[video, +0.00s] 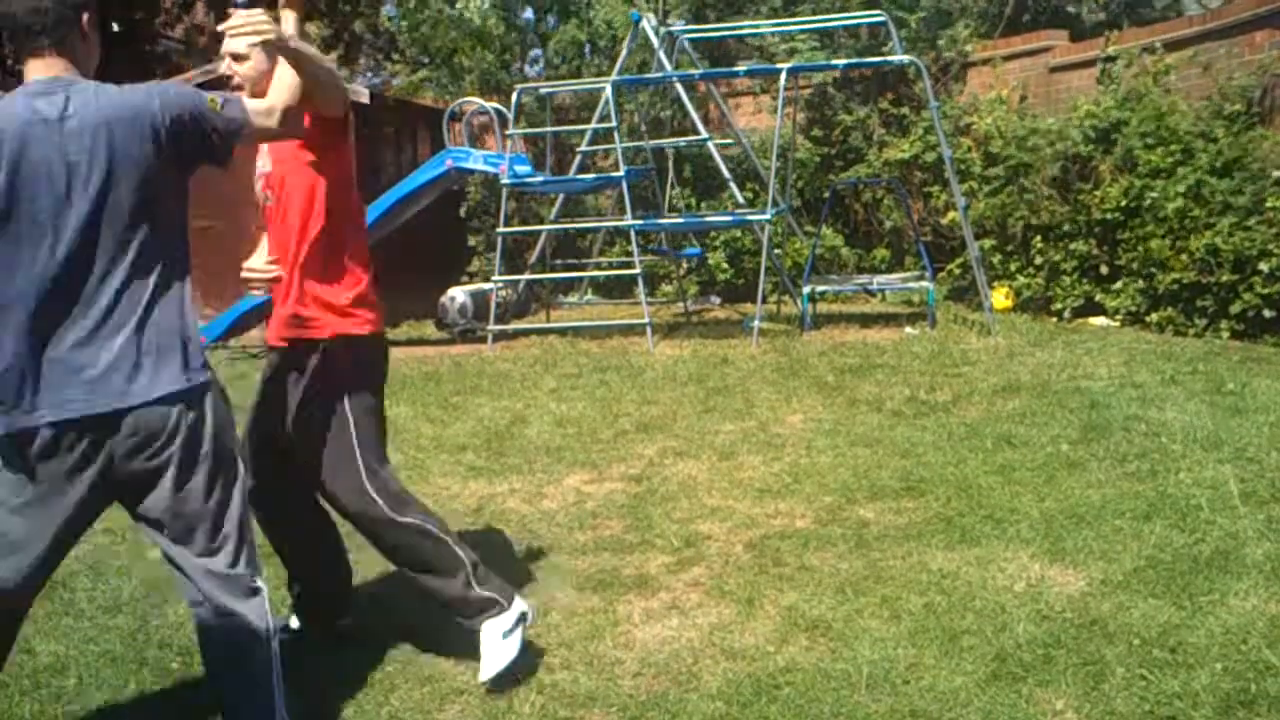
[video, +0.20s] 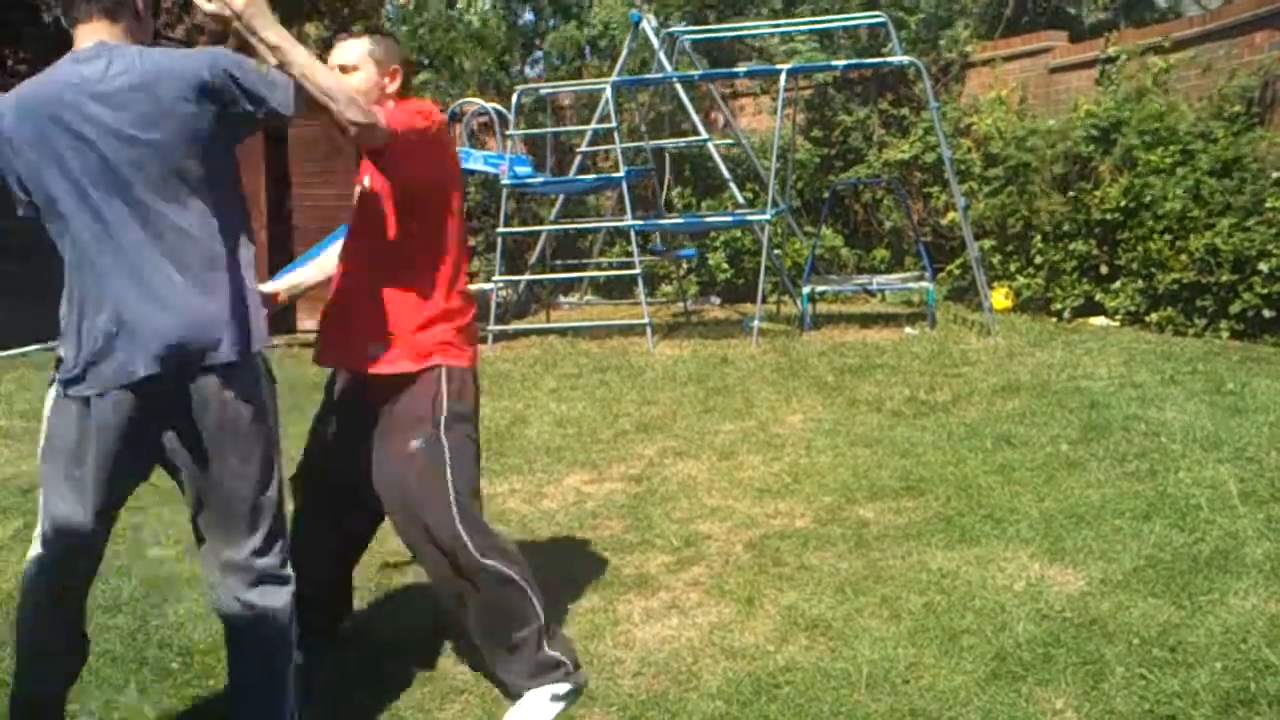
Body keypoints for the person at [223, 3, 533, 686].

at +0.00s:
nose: (232, 67)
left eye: (243, 53)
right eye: (227, 55)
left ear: (278, 54)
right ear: (230, 61)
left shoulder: (318, 114)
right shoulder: (263, 129)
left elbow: (330, 93)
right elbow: (296, 225)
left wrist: (289, 44)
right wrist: (271, 264)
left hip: (343, 338)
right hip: (296, 341)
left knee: (354, 482)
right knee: (273, 482)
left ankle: (492, 608)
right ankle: (322, 613)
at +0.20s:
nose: (334, 83)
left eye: (347, 69)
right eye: (330, 73)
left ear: (393, 74)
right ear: (351, 83)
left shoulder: (423, 124)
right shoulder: (371, 147)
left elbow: (355, 117)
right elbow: (360, 252)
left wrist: (260, 25)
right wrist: (283, 289)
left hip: (427, 367)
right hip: (366, 372)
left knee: (438, 523)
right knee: (319, 526)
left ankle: (543, 672)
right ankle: (312, 652)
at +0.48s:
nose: (470, 42)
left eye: (487, 28)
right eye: (466, 27)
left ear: (532, 42)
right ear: (460, 32)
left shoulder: (570, 128)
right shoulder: (436, 98)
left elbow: (620, 219)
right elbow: (342, 114)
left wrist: (564, 272)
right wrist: (314, 126)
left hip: (546, 347)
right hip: (463, 348)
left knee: (575, 508)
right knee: (458, 509)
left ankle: (654, 663)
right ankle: (533, 596)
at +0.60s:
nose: (497, 65)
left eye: (513, 54)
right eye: (495, 53)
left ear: (561, 66)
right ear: (493, 62)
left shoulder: (615, 144)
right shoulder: (487, 138)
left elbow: (686, 236)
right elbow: (419, 212)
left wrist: (649, 286)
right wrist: (346, 227)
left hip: (610, 371)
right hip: (528, 367)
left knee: (640, 530)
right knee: (497, 500)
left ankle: (720, 685)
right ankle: (531, 610)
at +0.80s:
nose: (550, 16)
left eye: (564, 3)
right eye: (547, 7)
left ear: (609, 6)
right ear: (599, 18)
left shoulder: (637, 46)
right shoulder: (614, 79)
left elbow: (651, 79)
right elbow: (662, 188)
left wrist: (525, 44)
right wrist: (599, 215)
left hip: (687, 314)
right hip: (654, 314)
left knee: (659, 502)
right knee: (605, 449)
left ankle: (732, 690)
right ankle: (651, 611)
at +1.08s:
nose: (686, 97)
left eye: (689, 82)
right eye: (683, 85)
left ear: (731, 73)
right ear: (755, 69)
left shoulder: (745, 127)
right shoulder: (814, 126)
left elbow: (630, 181)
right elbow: (739, 193)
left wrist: (560, 147)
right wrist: (681, 145)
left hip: (788, 399)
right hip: (863, 392)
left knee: (689, 566)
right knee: (859, 542)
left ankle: (724, 705)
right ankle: (1039, 590)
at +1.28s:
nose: (827, 83)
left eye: (831, 64)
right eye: (823, 67)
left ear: (880, 54)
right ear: (903, 56)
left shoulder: (902, 116)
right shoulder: (978, 107)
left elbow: (898, 250)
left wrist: (831, 188)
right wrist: (857, 152)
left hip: (951, 395)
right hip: (1040, 384)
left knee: (825, 548)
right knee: (1124, 552)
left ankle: (763, 700)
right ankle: (1254, 691)